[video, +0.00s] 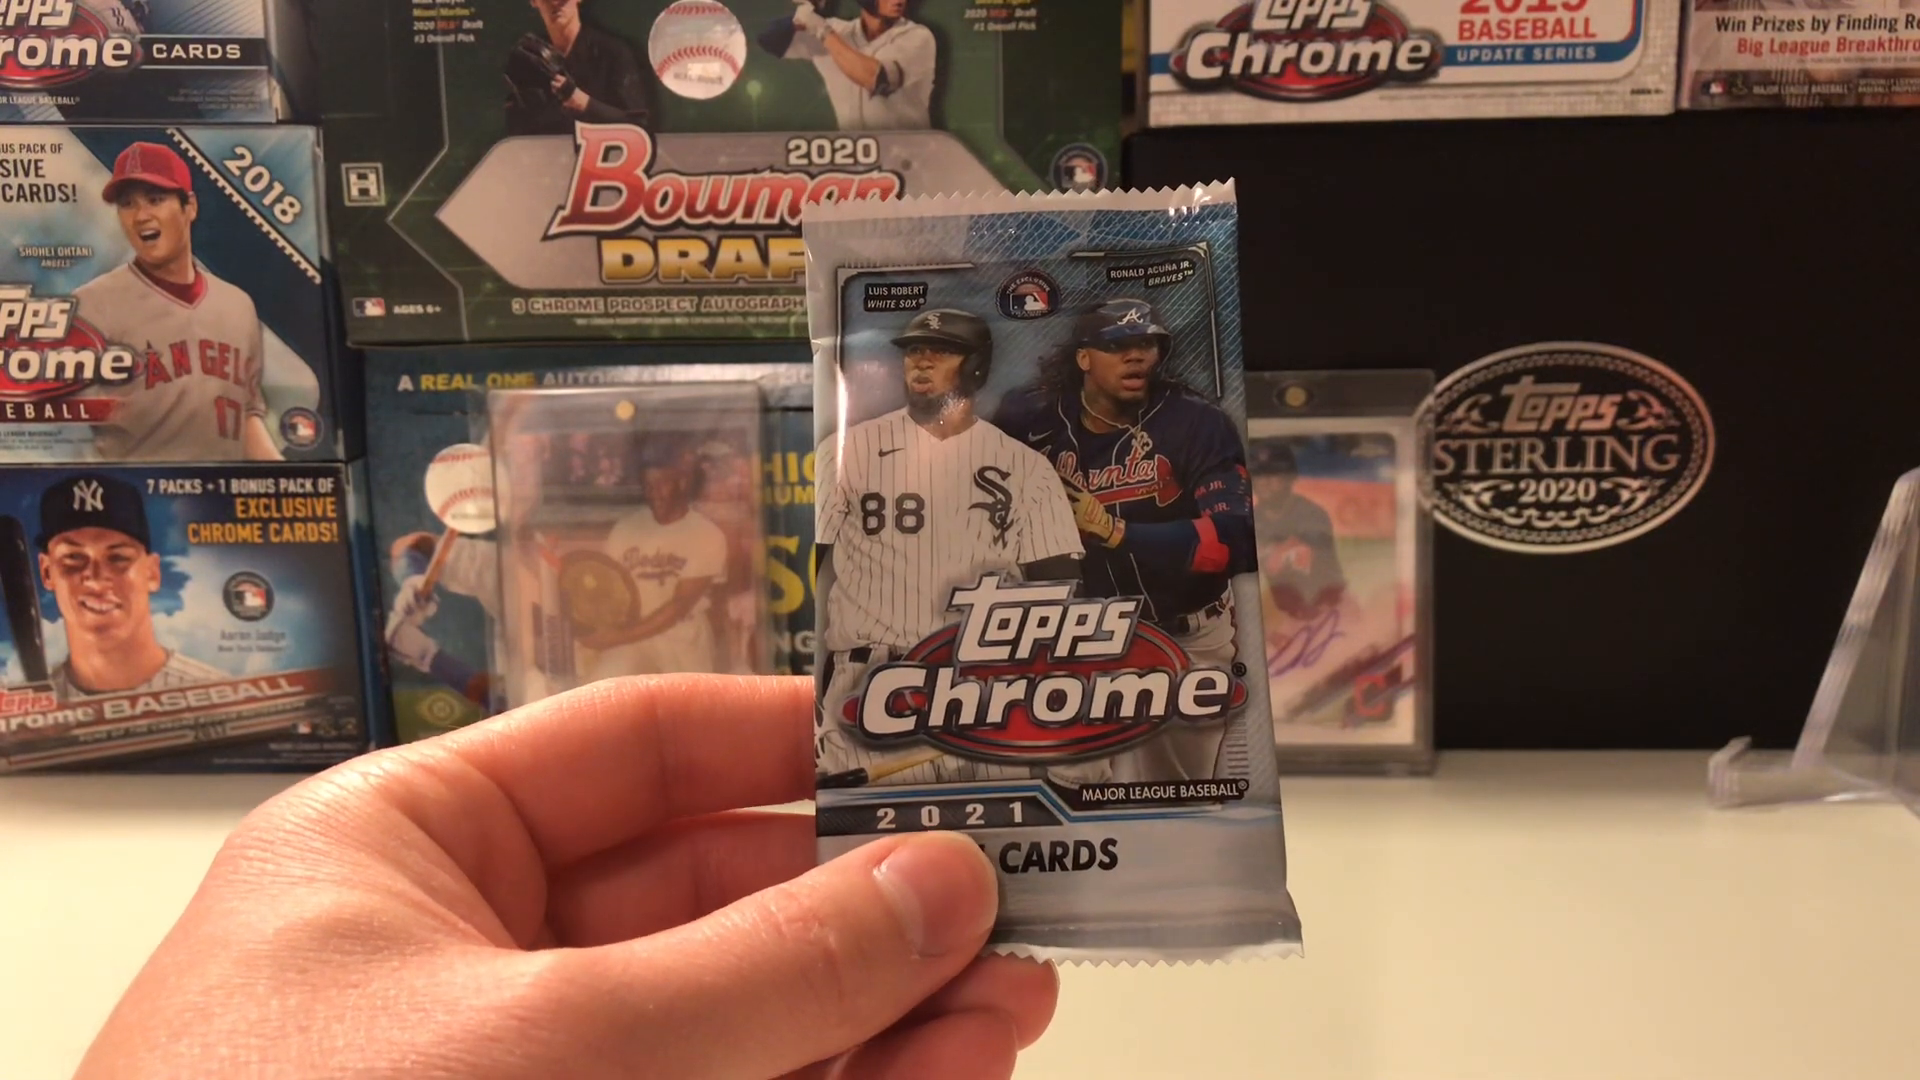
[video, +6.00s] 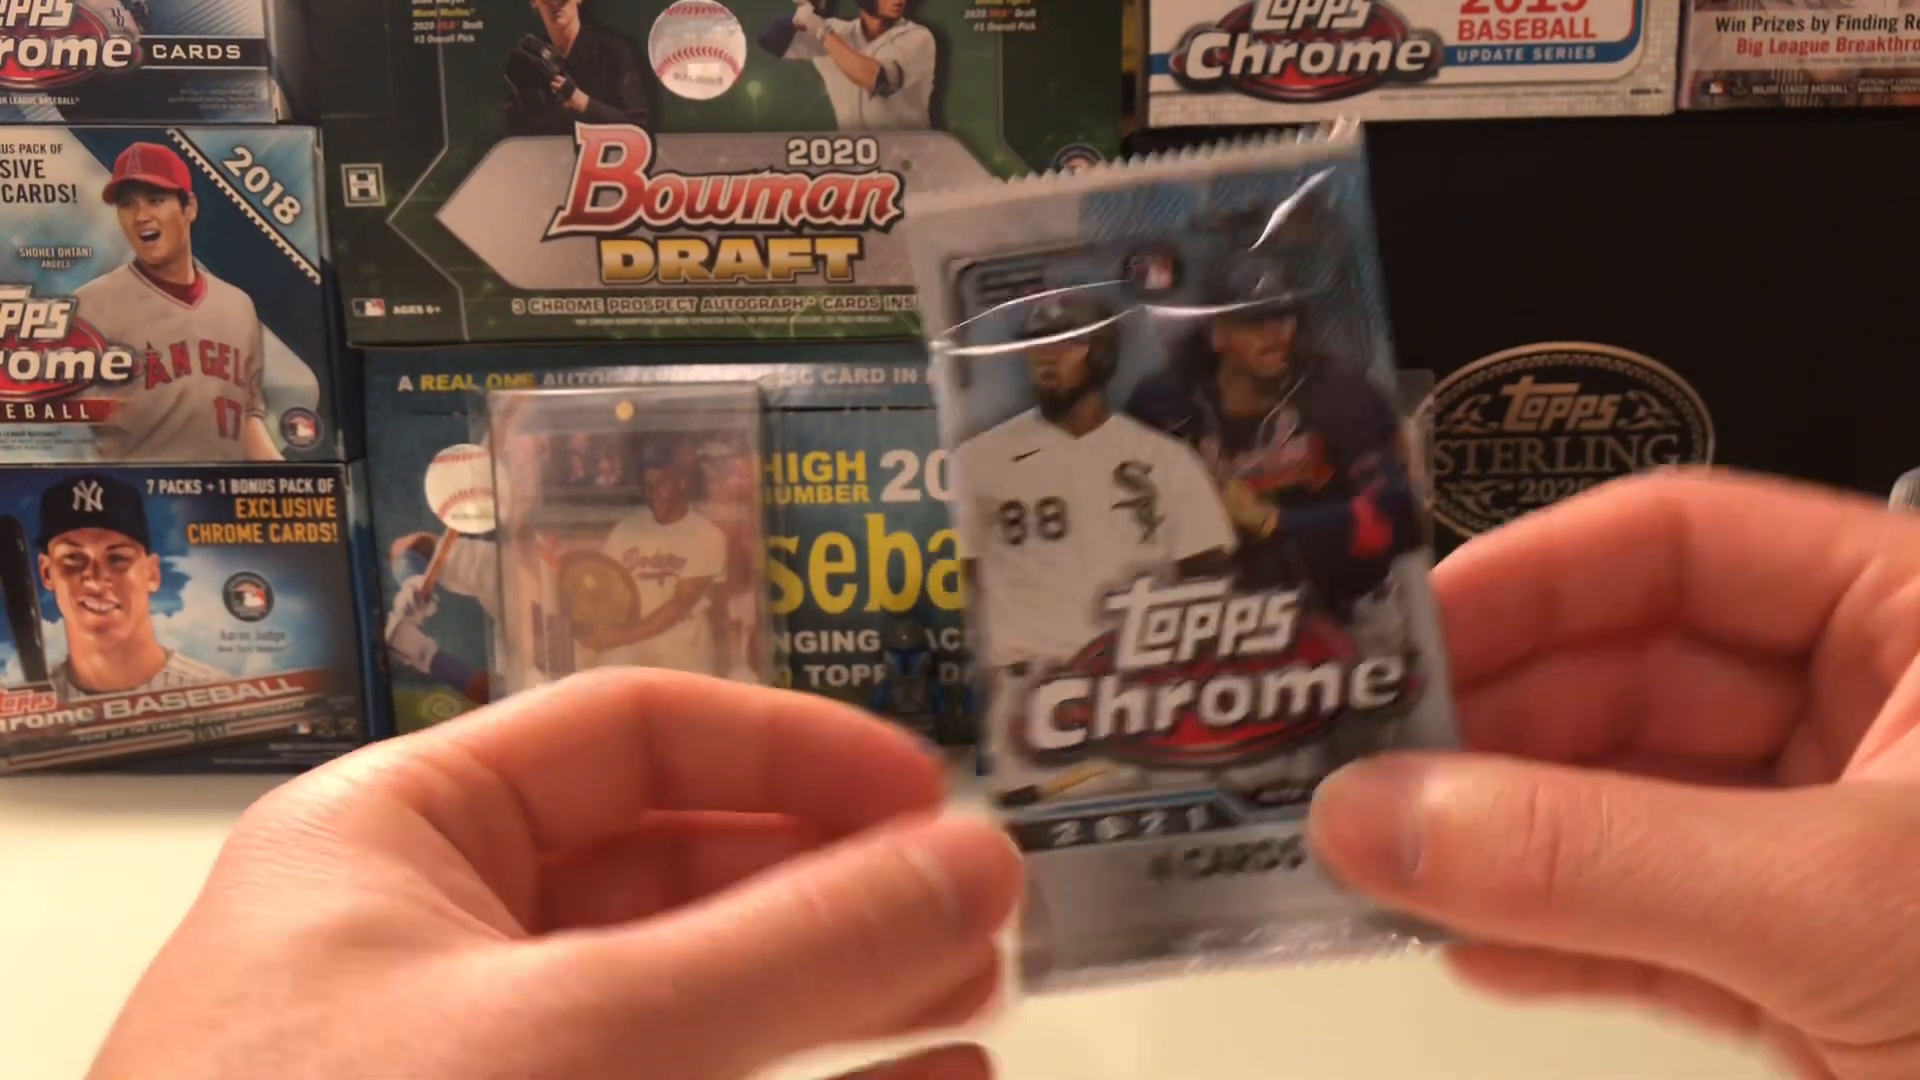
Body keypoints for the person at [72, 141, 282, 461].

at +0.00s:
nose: (142, 215)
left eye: (156, 199)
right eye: (128, 203)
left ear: (189, 208)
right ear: (119, 217)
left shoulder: (239, 306)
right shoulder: (92, 306)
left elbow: (247, 413)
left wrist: (283, 482)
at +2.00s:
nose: (142, 216)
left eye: (156, 199)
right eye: (128, 203)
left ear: (189, 209)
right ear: (118, 217)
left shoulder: (239, 307)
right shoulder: (91, 307)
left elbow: (247, 414)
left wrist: (283, 483)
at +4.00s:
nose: (142, 216)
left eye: (156, 199)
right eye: (128, 203)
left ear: (189, 209)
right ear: (118, 216)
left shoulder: (239, 306)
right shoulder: (90, 307)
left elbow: (248, 414)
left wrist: (284, 482)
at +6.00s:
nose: (142, 216)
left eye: (156, 199)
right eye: (128, 203)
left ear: (189, 209)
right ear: (118, 216)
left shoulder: (238, 307)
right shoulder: (91, 306)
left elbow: (248, 414)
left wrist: (283, 482)